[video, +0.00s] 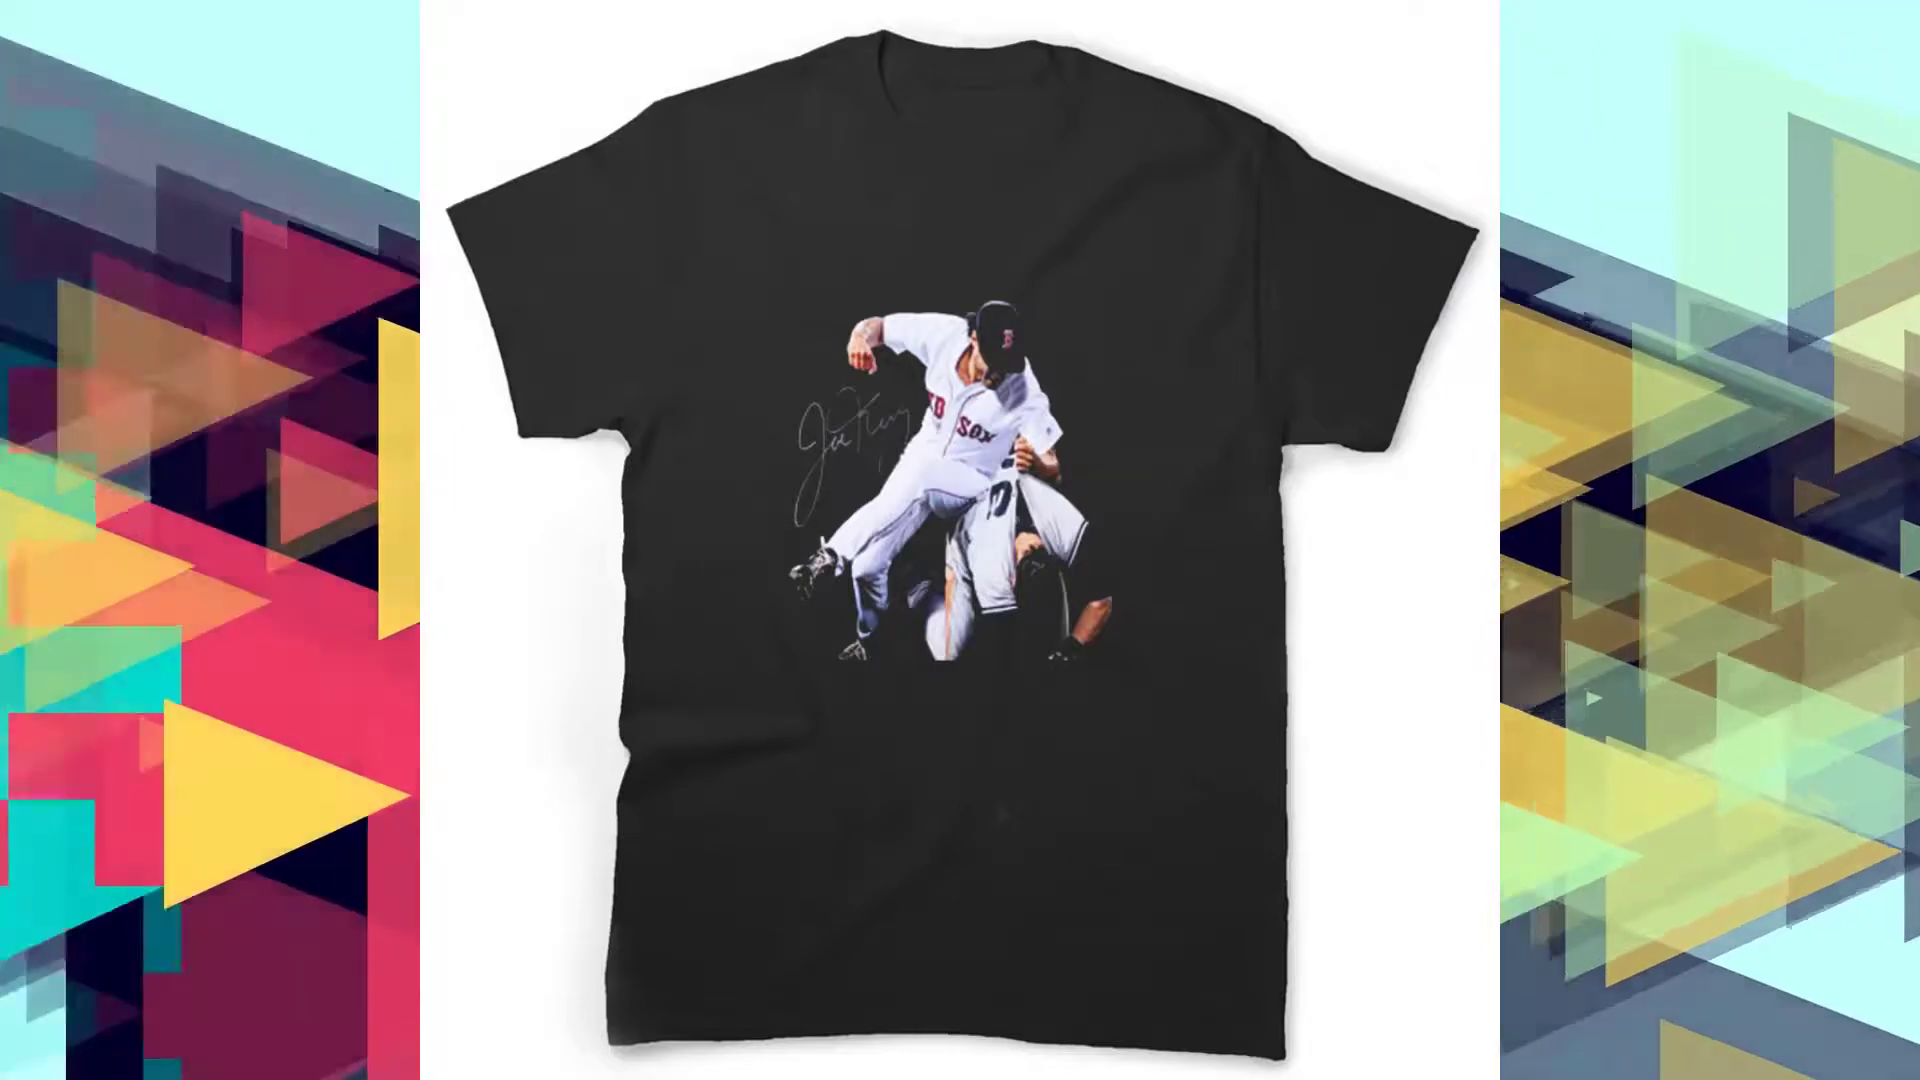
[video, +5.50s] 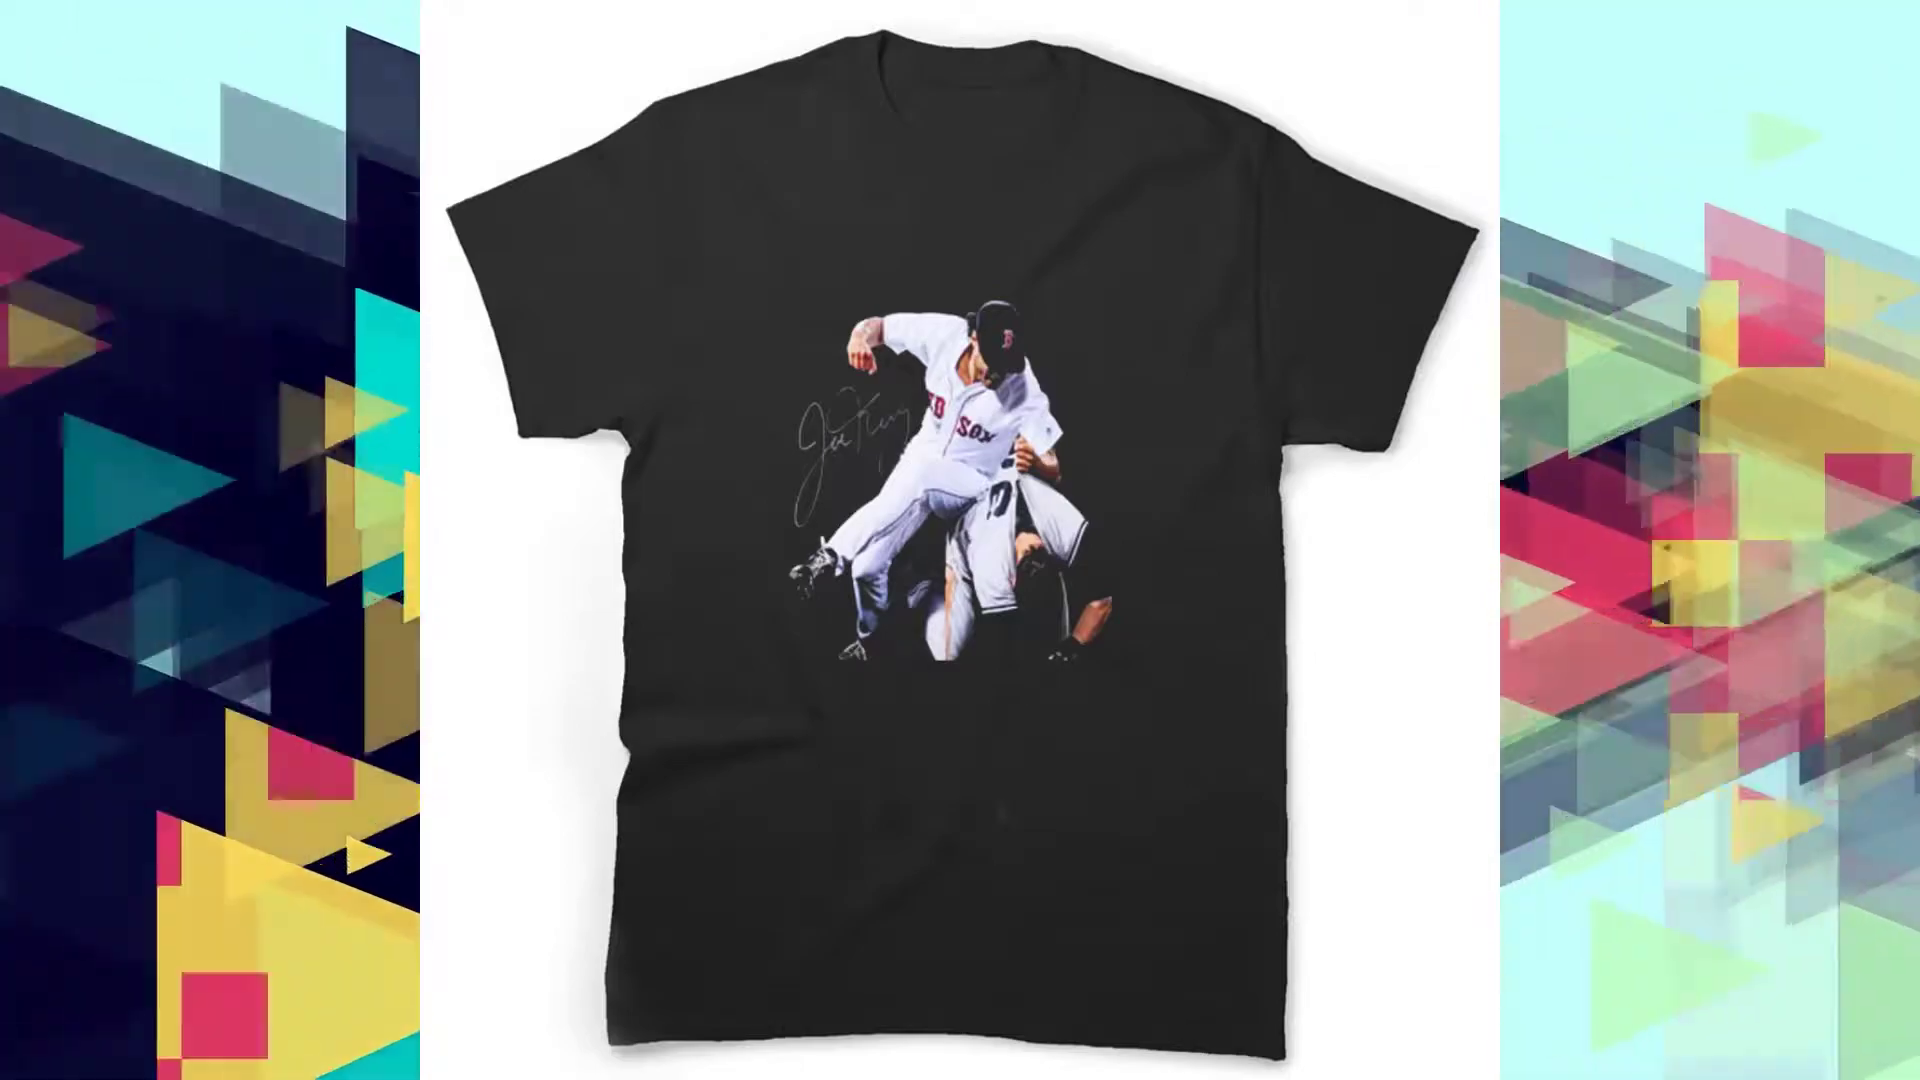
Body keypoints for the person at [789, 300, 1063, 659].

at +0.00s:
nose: (997, 374)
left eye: (1006, 367)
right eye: (991, 364)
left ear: (1017, 354)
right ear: (973, 341)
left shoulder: (1023, 389)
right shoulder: (946, 334)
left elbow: (1054, 468)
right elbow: (878, 327)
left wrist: (1038, 463)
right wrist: (861, 338)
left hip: (978, 482)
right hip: (922, 460)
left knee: (920, 476)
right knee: (867, 566)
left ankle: (828, 560)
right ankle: (871, 641)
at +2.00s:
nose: (997, 374)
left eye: (1006, 367)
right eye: (991, 364)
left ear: (1017, 354)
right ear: (973, 341)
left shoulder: (1023, 389)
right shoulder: (946, 334)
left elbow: (1054, 468)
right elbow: (878, 327)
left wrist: (1038, 463)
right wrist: (861, 338)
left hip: (979, 482)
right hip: (922, 460)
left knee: (920, 476)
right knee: (867, 566)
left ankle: (828, 560)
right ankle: (871, 642)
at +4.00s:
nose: (997, 374)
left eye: (1006, 367)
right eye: (991, 364)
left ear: (1017, 354)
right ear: (973, 341)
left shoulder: (1023, 389)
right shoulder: (946, 334)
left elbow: (1054, 468)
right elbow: (878, 327)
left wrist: (1038, 463)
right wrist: (861, 339)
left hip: (979, 482)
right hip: (922, 460)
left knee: (920, 476)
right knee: (867, 566)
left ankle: (829, 559)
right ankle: (871, 641)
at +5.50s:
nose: (994, 375)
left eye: (1003, 368)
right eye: (990, 365)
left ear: (1016, 355)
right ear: (973, 341)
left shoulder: (1024, 390)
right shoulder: (946, 334)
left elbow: (1054, 469)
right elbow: (878, 327)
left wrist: (1038, 463)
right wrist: (861, 339)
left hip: (979, 484)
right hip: (922, 462)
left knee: (920, 474)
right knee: (867, 567)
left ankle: (828, 560)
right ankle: (872, 641)